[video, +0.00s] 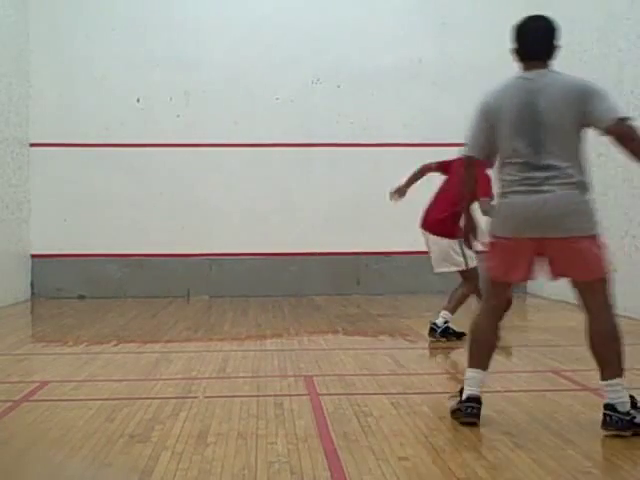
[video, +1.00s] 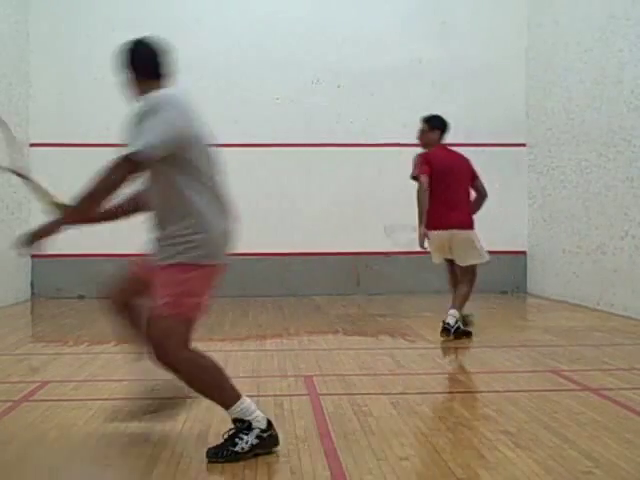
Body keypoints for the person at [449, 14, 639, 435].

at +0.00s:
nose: (530, 52)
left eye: (524, 45)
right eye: (546, 44)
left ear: (516, 51)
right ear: (555, 49)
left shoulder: (496, 98)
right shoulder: (578, 91)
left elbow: (471, 162)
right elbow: (624, 133)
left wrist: (467, 212)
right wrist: (639, 157)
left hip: (511, 218)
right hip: (569, 216)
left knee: (492, 304)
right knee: (598, 307)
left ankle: (470, 397)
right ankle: (618, 406)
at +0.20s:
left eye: (469, 26)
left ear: (464, 32)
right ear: (501, 32)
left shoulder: (442, 74)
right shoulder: (526, 73)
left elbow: (413, 131)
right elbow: (560, 127)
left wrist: (411, 182)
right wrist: (578, 183)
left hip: (458, 195)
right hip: (513, 196)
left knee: (455, 295)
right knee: (520, 294)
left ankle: (451, 388)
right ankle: (535, 387)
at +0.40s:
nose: (422, 53)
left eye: (417, 45)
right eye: (436, 47)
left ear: (409, 51)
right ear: (446, 52)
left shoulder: (388, 96)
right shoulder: (466, 99)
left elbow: (367, 158)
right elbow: (501, 157)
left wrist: (360, 211)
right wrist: (492, 201)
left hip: (402, 219)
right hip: (459, 218)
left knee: (378, 306)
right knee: (478, 305)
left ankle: (373, 403)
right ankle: (516, 396)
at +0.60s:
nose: (338, 31)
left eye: (336, 25)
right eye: (349, 24)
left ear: (335, 30)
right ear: (370, 31)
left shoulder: (327, 64)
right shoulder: (391, 75)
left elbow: (319, 121)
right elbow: (407, 143)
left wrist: (296, 182)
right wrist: (378, 173)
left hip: (346, 195)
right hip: (395, 193)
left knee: (329, 292)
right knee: (385, 286)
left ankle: (350, 390)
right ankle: (420, 383)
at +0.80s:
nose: (253, 59)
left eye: (253, 51)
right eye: (262, 51)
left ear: (254, 54)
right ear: (287, 52)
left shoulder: (266, 89)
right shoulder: (295, 91)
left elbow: (259, 143)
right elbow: (281, 175)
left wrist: (211, 197)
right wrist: (230, 211)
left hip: (282, 231)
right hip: (314, 229)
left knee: (219, 307)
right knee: (334, 313)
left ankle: (257, 418)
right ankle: (398, 394)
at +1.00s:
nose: (130, 81)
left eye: (130, 73)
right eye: (133, 72)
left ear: (134, 73)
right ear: (162, 68)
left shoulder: (167, 108)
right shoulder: (164, 113)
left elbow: (123, 169)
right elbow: (150, 197)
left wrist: (61, 220)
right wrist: (86, 217)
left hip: (195, 244)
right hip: (178, 243)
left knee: (167, 343)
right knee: (121, 295)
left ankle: (254, 423)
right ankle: (177, 369)